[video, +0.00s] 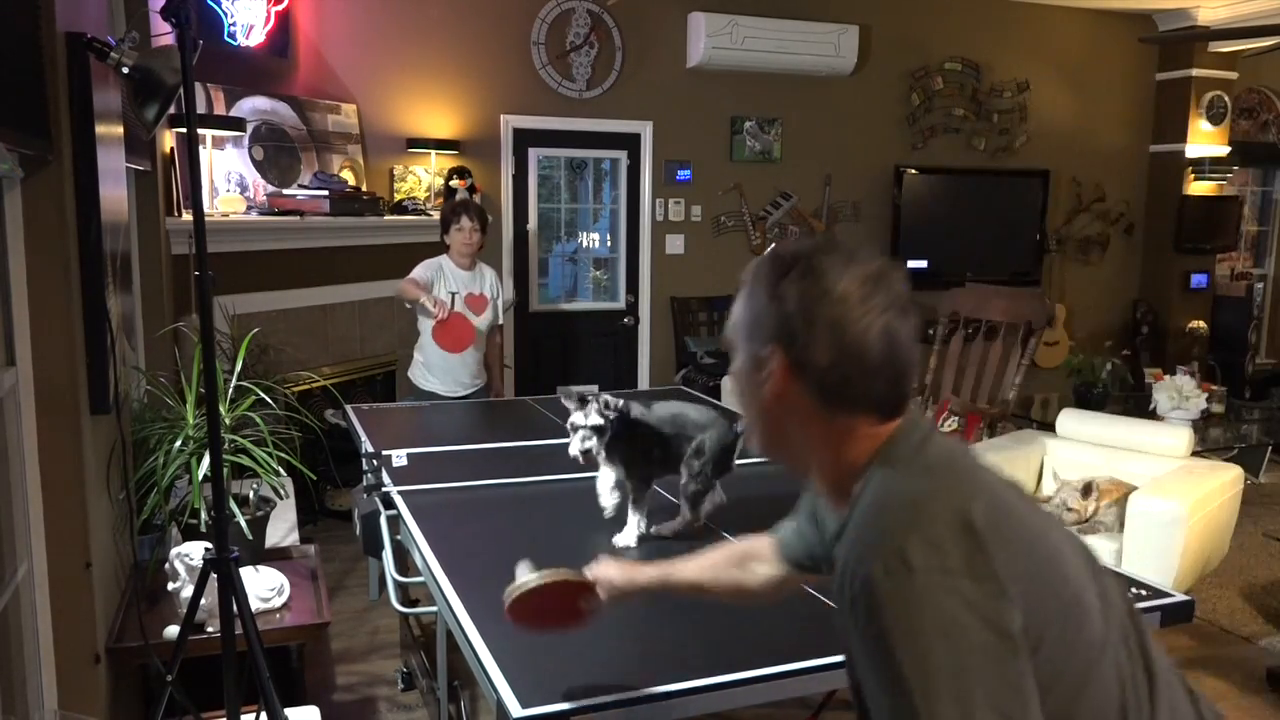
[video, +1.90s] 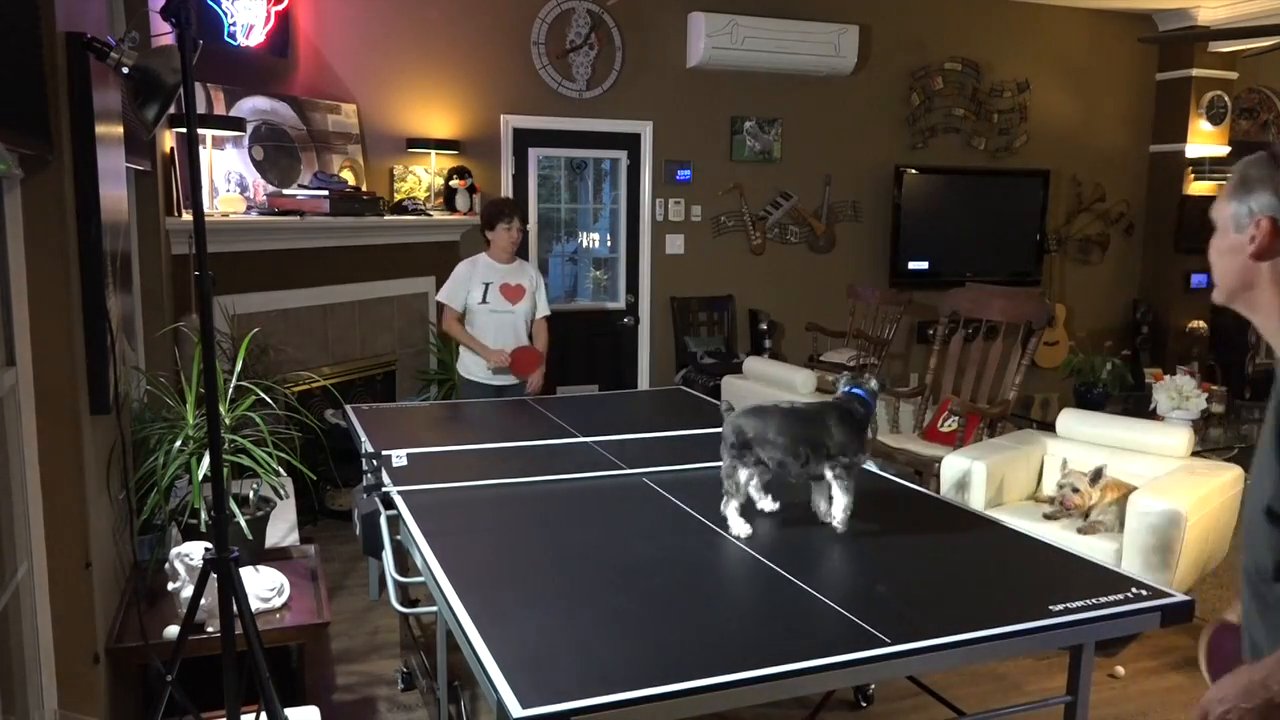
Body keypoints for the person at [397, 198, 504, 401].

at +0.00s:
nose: (468, 236)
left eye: (475, 230)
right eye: (459, 229)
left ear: (482, 237)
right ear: (446, 237)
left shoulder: (489, 277)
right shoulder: (432, 268)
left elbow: (494, 335)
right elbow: (405, 287)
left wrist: (496, 383)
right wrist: (425, 298)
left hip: (474, 388)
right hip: (430, 389)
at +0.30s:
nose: (476, 236)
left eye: (483, 230)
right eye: (468, 229)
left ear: (491, 236)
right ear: (455, 235)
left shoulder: (501, 275)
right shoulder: (437, 271)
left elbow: (511, 329)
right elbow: (395, 305)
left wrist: (515, 381)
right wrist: (412, 323)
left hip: (494, 385)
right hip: (447, 388)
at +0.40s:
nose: (485, 242)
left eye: (491, 235)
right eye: (476, 235)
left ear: (499, 239)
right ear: (464, 241)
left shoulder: (512, 279)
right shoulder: (446, 278)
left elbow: (521, 330)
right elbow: (410, 322)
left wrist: (527, 380)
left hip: (502, 389)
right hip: (458, 390)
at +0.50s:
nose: (496, 251)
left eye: (502, 244)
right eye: (487, 243)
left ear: (508, 245)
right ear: (474, 245)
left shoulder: (522, 281)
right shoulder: (458, 283)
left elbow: (532, 330)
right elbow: (431, 334)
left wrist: (536, 377)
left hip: (515, 387)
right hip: (470, 391)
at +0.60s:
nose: (504, 251)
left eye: (510, 243)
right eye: (496, 243)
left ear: (516, 242)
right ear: (482, 242)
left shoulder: (528, 275)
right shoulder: (467, 279)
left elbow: (540, 324)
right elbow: (444, 333)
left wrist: (539, 366)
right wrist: (473, 355)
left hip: (521, 385)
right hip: (478, 387)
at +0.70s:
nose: (508, 245)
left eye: (514, 238)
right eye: (500, 237)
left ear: (521, 237)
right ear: (487, 236)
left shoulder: (531, 270)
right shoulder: (472, 271)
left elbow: (544, 318)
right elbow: (459, 315)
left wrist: (540, 358)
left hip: (523, 374)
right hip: (483, 373)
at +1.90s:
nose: (515, 236)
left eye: (519, 230)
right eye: (508, 229)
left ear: (523, 232)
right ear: (488, 232)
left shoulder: (531, 273)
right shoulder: (468, 270)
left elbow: (539, 323)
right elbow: (449, 322)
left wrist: (539, 366)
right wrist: (487, 353)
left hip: (518, 381)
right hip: (476, 382)